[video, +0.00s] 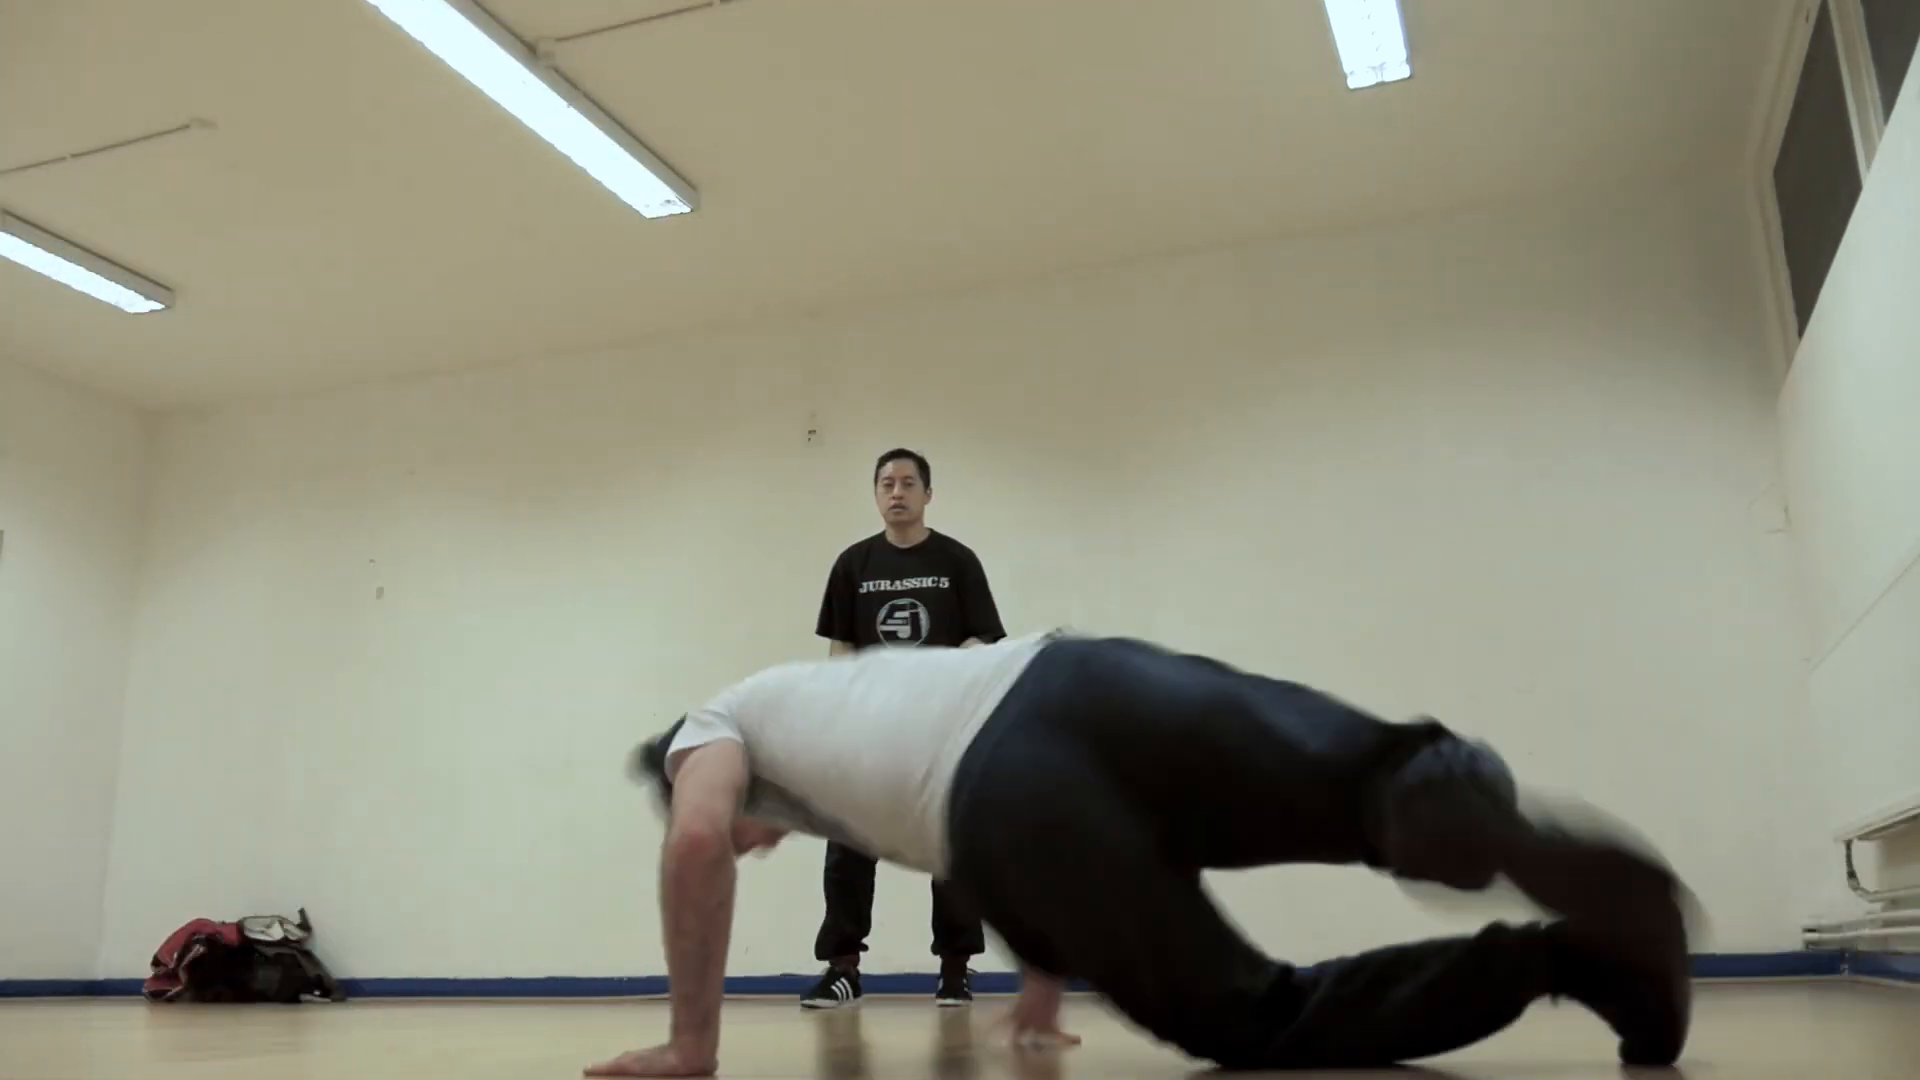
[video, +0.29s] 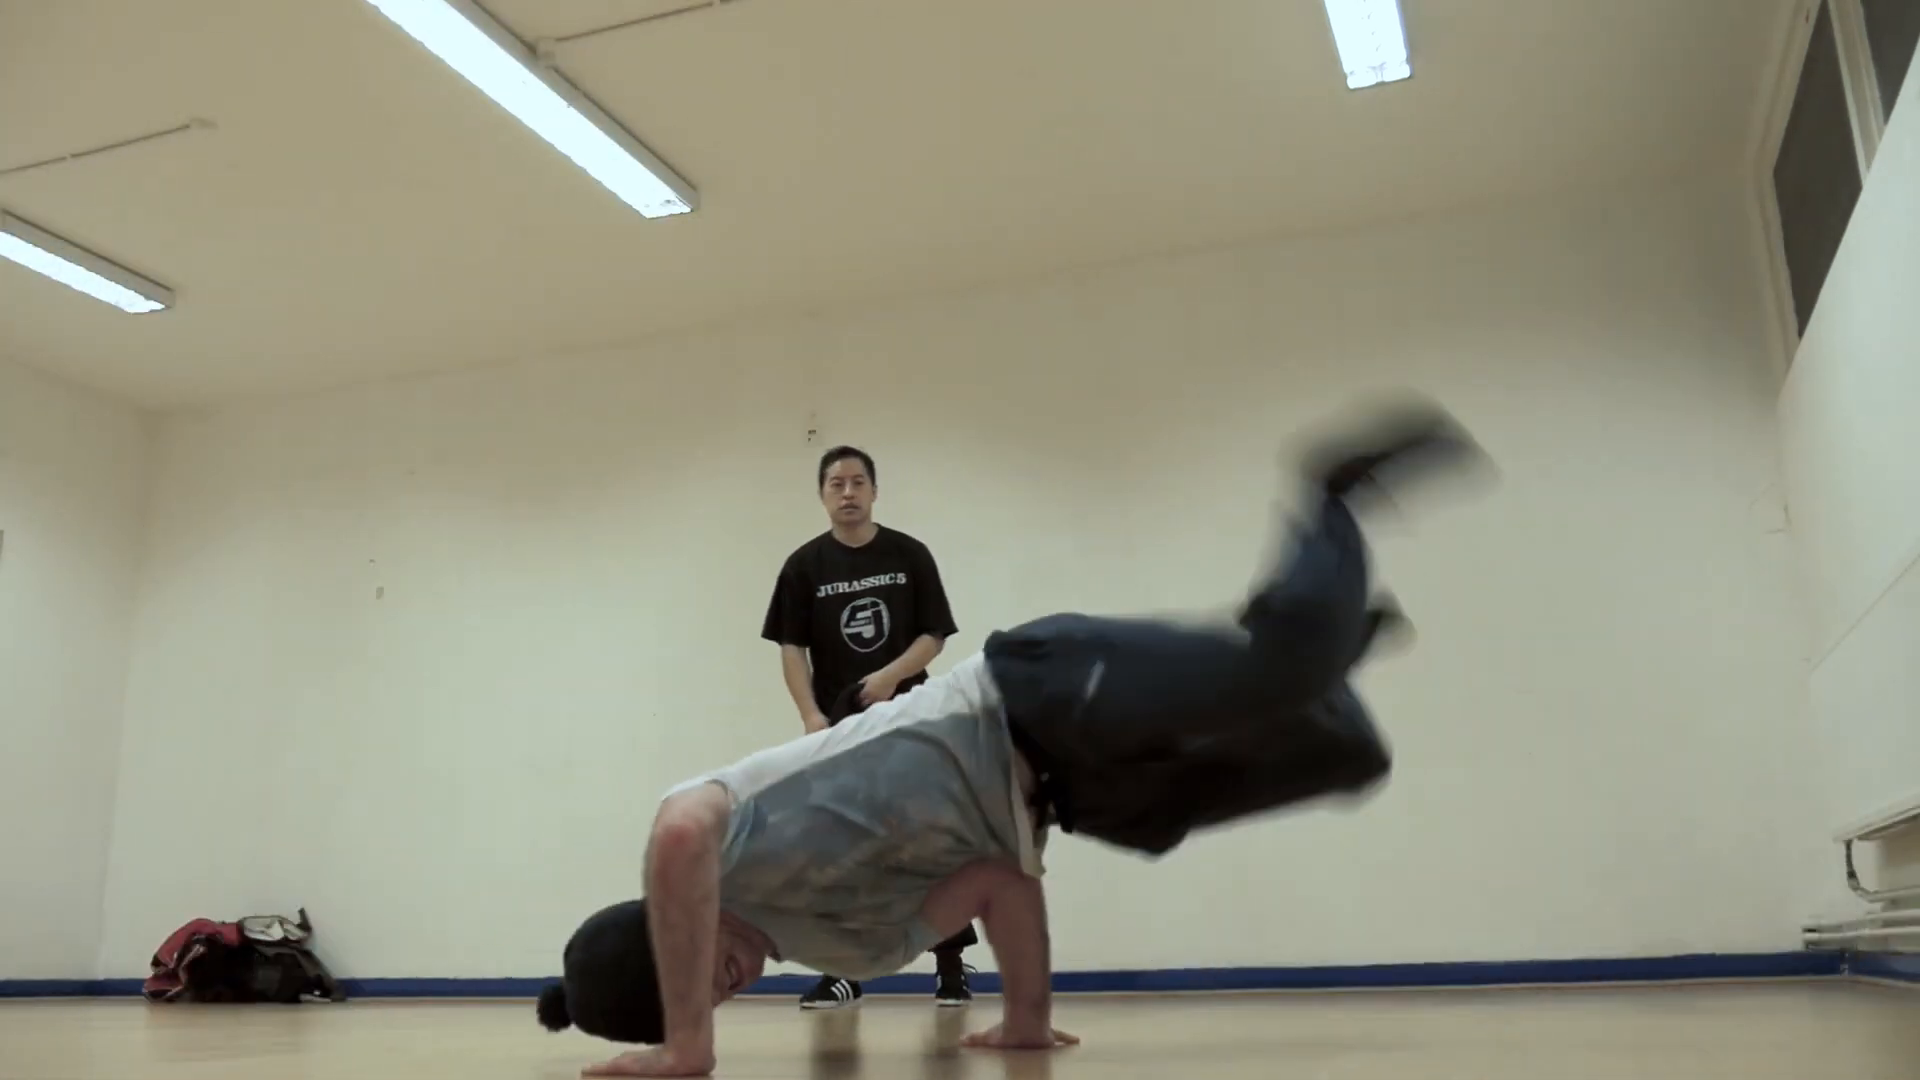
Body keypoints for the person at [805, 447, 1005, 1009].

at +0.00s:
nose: (896, 492)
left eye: (907, 483)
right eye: (887, 484)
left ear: (927, 495)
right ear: (875, 496)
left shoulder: (957, 561)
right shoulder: (854, 563)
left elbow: (982, 649)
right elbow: (840, 654)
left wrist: (962, 711)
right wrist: (835, 728)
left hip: (941, 718)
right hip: (863, 721)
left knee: (951, 837)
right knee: (848, 845)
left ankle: (955, 968)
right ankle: (842, 968)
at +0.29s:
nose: (848, 492)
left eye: (857, 483)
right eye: (837, 484)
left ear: (874, 491)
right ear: (822, 495)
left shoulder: (910, 555)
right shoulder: (803, 566)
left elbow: (935, 634)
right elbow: (792, 649)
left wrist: (890, 676)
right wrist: (811, 715)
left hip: (907, 719)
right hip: (838, 728)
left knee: (927, 833)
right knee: (838, 842)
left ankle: (950, 962)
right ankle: (839, 969)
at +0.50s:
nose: (826, 494)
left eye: (835, 484)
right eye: (814, 486)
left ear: (851, 491)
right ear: (798, 497)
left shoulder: (891, 554)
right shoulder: (783, 571)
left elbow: (911, 640)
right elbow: (777, 663)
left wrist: (881, 701)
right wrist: (799, 732)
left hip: (900, 712)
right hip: (821, 727)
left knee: (923, 827)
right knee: (829, 841)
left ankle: (927, 959)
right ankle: (836, 967)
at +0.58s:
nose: (822, 494)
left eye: (831, 484)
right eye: (811, 486)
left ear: (847, 491)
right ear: (794, 498)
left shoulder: (888, 555)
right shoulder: (781, 572)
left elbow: (914, 640)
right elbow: (771, 663)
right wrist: (795, 731)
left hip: (897, 711)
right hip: (816, 729)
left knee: (921, 833)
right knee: (825, 843)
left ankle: (920, 959)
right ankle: (838, 967)